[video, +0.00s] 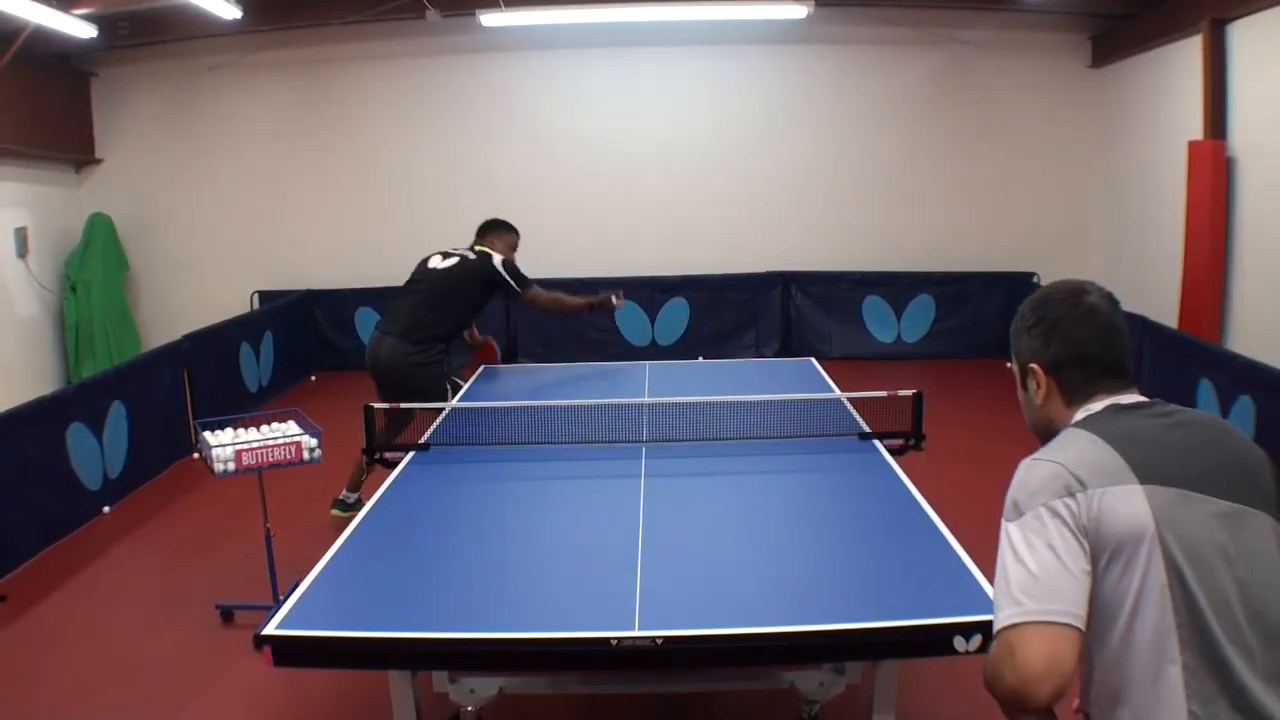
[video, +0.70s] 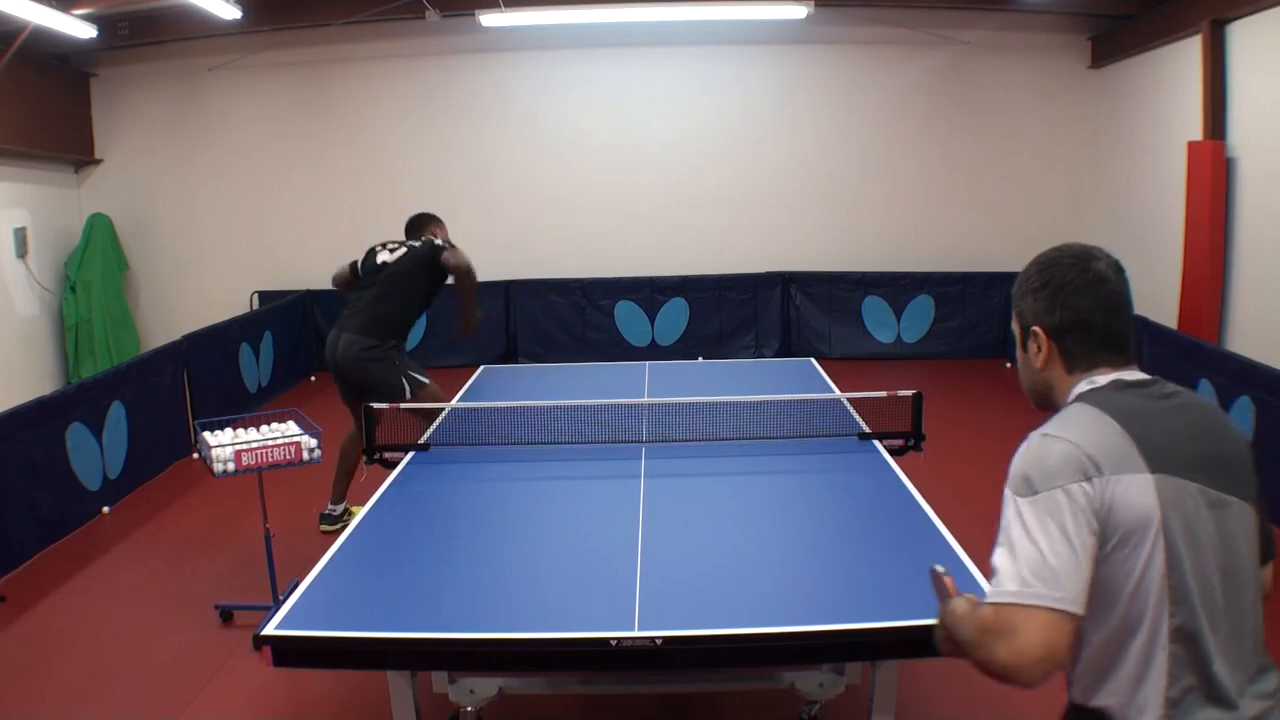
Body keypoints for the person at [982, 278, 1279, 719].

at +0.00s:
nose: (1019, 394)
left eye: (1017, 378)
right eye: (1016, 377)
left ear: (1038, 382)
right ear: (1124, 362)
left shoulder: (1060, 471)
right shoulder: (1241, 447)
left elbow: (1034, 678)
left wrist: (1003, 670)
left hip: (1146, 709)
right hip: (1264, 705)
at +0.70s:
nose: (1017, 360)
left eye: (1017, 342)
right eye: (1016, 343)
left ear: (1040, 346)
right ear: (1125, 333)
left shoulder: (1065, 448)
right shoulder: (1216, 424)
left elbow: (1028, 653)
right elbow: (1260, 573)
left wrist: (962, 620)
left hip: (1130, 708)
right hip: (1256, 701)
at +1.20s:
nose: (977, 339)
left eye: (976, 323)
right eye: (976, 323)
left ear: (994, 323)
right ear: (1070, 310)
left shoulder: (1005, 417)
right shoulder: (1163, 393)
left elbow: (880, 560)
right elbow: (1215, 519)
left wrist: (872, 525)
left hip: (1065, 698)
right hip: (1184, 694)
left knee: (970, 707)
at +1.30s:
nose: (940, 338)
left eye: (940, 322)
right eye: (940, 323)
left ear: (957, 324)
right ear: (1030, 309)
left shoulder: (958, 404)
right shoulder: (1124, 387)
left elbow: (815, 523)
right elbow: (1185, 504)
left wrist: (861, 531)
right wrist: (1094, 533)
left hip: (1021, 688)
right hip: (1143, 687)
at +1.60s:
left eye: (822, 387)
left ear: (827, 395)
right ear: (910, 383)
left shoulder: (789, 455)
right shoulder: (958, 431)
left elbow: (716, 488)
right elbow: (1062, 519)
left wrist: (783, 467)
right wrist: (1147, 603)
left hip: (851, 698)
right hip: (979, 693)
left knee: (798, 686)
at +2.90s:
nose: (1096, 417)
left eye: (1096, 400)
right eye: (1093, 398)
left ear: (1126, 412)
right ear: (1219, 391)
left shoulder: (1125, 548)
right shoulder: (1270, 474)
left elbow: (933, 666)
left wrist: (871, 559)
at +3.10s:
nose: (1100, 420)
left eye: (1099, 395)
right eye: (1097, 396)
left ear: (1132, 398)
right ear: (1219, 374)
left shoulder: (1170, 526)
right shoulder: (1270, 441)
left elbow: (1080, 707)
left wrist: (974, 714)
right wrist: (1005, 708)